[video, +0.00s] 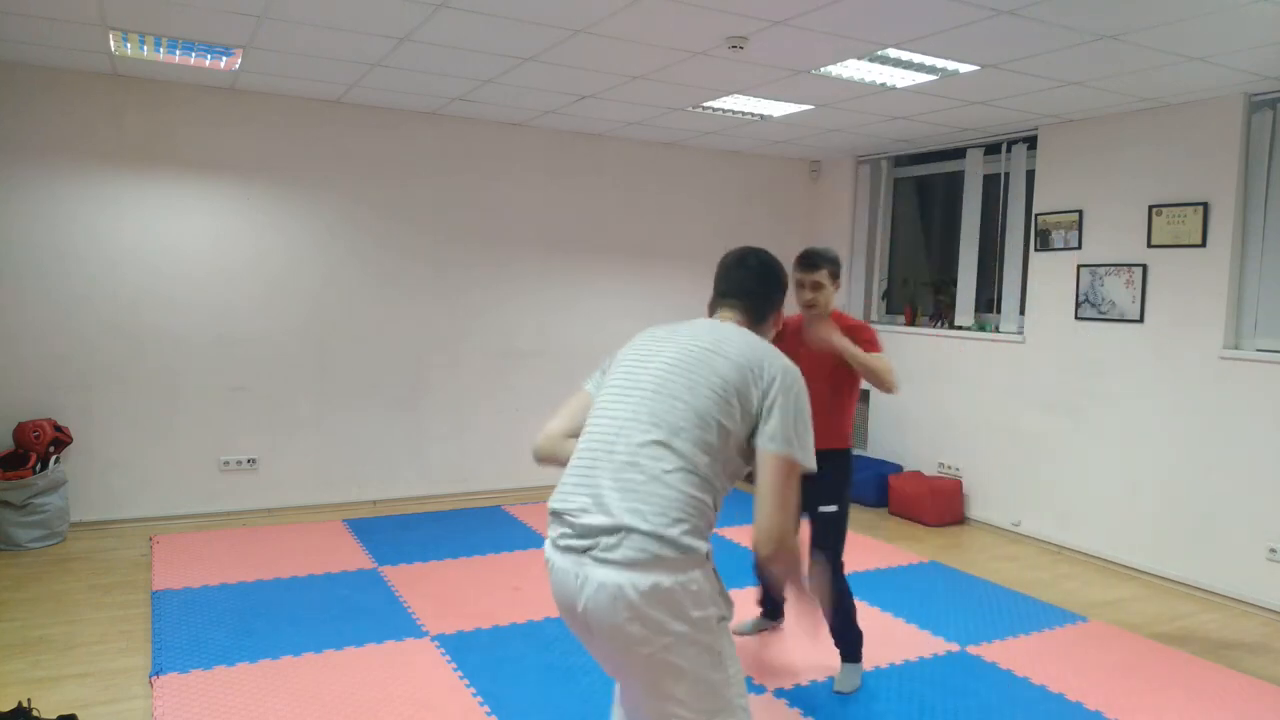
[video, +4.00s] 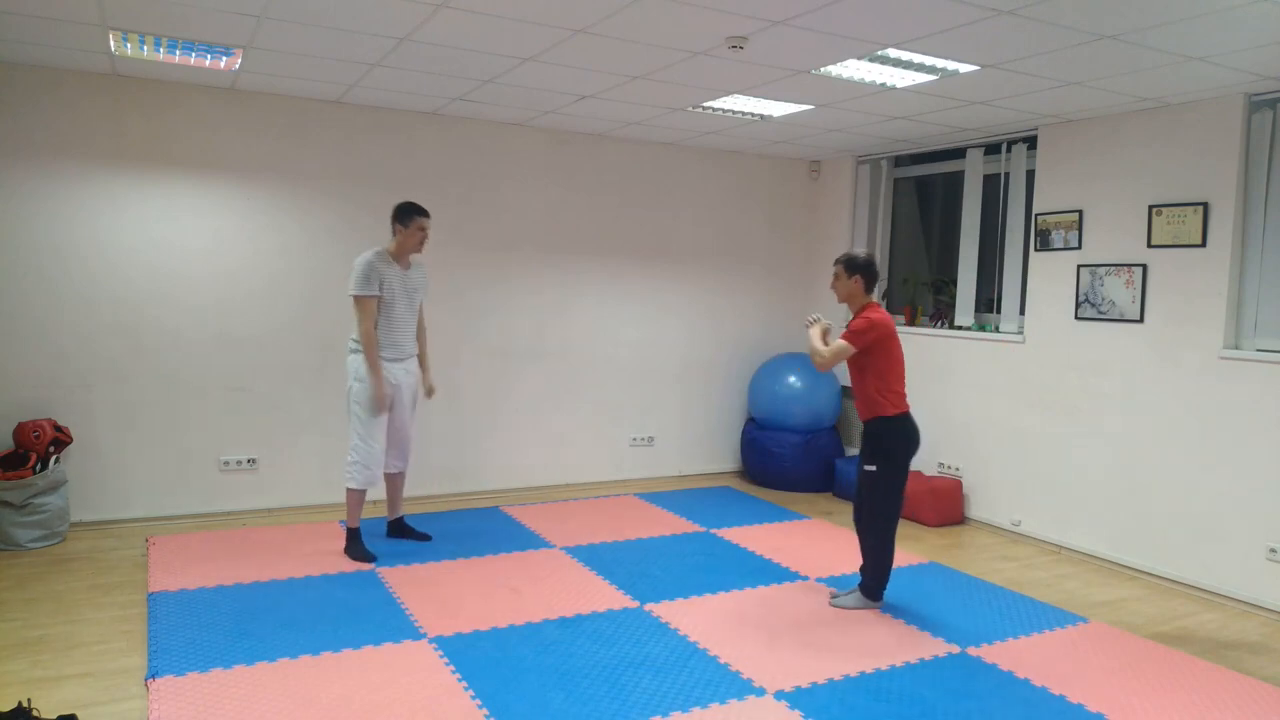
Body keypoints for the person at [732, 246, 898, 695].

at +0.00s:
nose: (809, 294)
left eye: (818, 286)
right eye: (802, 286)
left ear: (836, 287)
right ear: (792, 287)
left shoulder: (854, 331)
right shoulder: (779, 330)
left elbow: (887, 382)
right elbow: (750, 376)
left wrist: (841, 344)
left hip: (830, 455)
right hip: (781, 450)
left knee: (825, 560)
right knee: (770, 538)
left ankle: (851, 655)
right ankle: (770, 613)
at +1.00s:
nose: (774, 282)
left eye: (785, 275)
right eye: (767, 272)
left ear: (802, 280)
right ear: (758, 273)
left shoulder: (817, 337)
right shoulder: (737, 325)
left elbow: (829, 410)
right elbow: (714, 389)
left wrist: (819, 475)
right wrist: (711, 448)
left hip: (786, 463)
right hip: (740, 458)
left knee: (772, 571)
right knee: (724, 554)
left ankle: (761, 672)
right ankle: (768, 610)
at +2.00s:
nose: (857, 286)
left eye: (866, 280)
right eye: (857, 280)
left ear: (890, 287)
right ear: (862, 286)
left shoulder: (900, 342)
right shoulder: (847, 336)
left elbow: (899, 409)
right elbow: (823, 394)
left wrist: (880, 466)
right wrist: (789, 438)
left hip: (845, 452)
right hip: (809, 444)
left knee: (847, 548)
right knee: (799, 542)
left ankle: (908, 600)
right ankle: (811, 625)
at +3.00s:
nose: (832, 291)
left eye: (836, 284)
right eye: (832, 284)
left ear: (859, 285)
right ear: (857, 287)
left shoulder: (883, 325)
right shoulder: (857, 325)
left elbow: (826, 357)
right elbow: (818, 350)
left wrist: (771, 348)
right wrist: (768, 347)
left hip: (897, 434)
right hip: (879, 431)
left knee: (871, 516)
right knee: (864, 514)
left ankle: (883, 596)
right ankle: (870, 586)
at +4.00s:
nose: (832, 285)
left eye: (837, 278)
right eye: (832, 278)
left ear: (857, 281)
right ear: (857, 282)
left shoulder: (872, 320)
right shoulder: (864, 318)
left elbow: (823, 360)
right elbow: (827, 358)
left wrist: (815, 333)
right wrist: (821, 336)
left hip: (890, 430)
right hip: (882, 429)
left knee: (875, 514)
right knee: (868, 512)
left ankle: (872, 593)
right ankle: (869, 586)